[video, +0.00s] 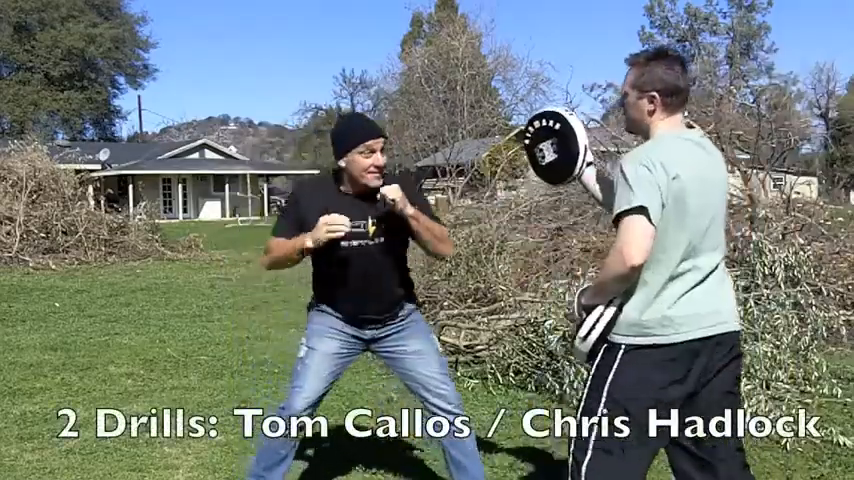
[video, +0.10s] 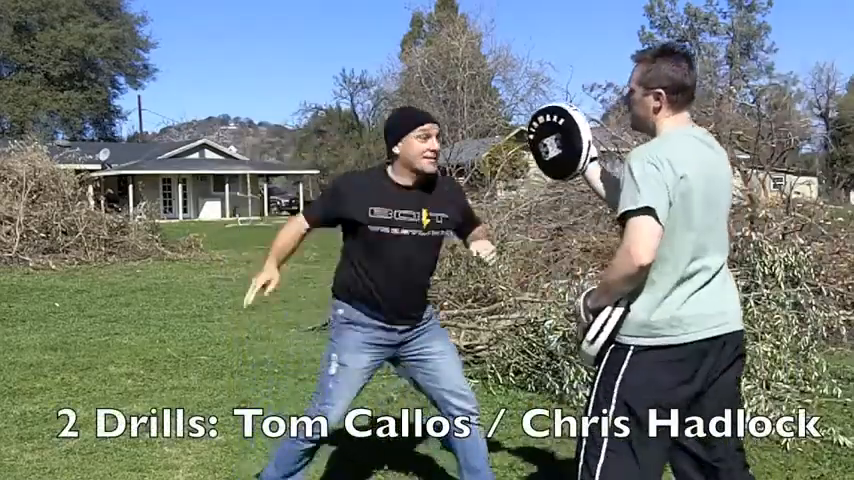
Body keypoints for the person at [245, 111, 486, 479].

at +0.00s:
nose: (380, 162)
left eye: (382, 151)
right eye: (368, 153)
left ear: (386, 152)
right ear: (342, 158)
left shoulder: (401, 189)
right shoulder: (310, 194)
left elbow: (445, 247)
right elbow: (271, 258)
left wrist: (408, 211)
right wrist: (309, 240)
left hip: (401, 321)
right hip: (333, 323)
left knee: (448, 408)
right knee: (296, 408)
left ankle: (472, 476)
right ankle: (261, 476)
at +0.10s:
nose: (434, 145)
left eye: (436, 137)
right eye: (423, 137)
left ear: (439, 144)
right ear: (396, 146)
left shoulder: (446, 191)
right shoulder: (354, 188)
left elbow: (473, 229)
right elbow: (302, 222)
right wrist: (271, 264)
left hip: (419, 327)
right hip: (359, 326)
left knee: (464, 412)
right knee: (324, 419)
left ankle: (480, 476)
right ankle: (273, 476)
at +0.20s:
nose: (487, 149)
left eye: (486, 142)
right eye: (478, 140)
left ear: (458, 149)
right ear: (452, 145)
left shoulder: (454, 195)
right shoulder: (424, 171)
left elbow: (433, 237)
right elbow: (376, 169)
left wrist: (465, 237)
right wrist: (335, 162)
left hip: (418, 323)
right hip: (377, 313)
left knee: (456, 411)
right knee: (350, 418)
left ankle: (474, 476)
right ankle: (274, 469)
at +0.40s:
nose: (499, 156)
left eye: (500, 149)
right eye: (492, 147)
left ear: (468, 151)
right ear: (462, 148)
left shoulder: (464, 189)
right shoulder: (446, 171)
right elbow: (477, 196)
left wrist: (485, 221)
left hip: (429, 320)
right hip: (392, 310)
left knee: (464, 410)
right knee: (367, 413)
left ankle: (474, 476)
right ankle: (289, 474)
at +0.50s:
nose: (496, 148)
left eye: (498, 141)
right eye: (488, 139)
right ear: (459, 142)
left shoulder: (470, 193)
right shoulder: (425, 173)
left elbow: (468, 256)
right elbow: (406, 232)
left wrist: (493, 225)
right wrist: (473, 220)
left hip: (438, 317)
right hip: (394, 308)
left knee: (472, 410)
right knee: (371, 410)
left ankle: (478, 477)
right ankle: (294, 472)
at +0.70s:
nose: (439, 130)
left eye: (443, 123)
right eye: (429, 123)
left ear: (446, 130)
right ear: (405, 129)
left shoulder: (458, 180)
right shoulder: (375, 168)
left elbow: (486, 240)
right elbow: (358, 231)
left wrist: (483, 184)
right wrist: (414, 198)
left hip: (440, 315)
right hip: (380, 313)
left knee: (468, 410)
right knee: (354, 409)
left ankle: (473, 477)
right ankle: (323, 475)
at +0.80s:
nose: (418, 128)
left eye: (424, 119)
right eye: (407, 121)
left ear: (433, 123)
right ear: (390, 128)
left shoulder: (449, 163)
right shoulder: (363, 166)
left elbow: (487, 162)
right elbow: (332, 228)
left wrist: (466, 121)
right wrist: (382, 203)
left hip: (434, 311)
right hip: (369, 309)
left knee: (465, 409)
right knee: (340, 404)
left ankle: (470, 475)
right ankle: (317, 475)